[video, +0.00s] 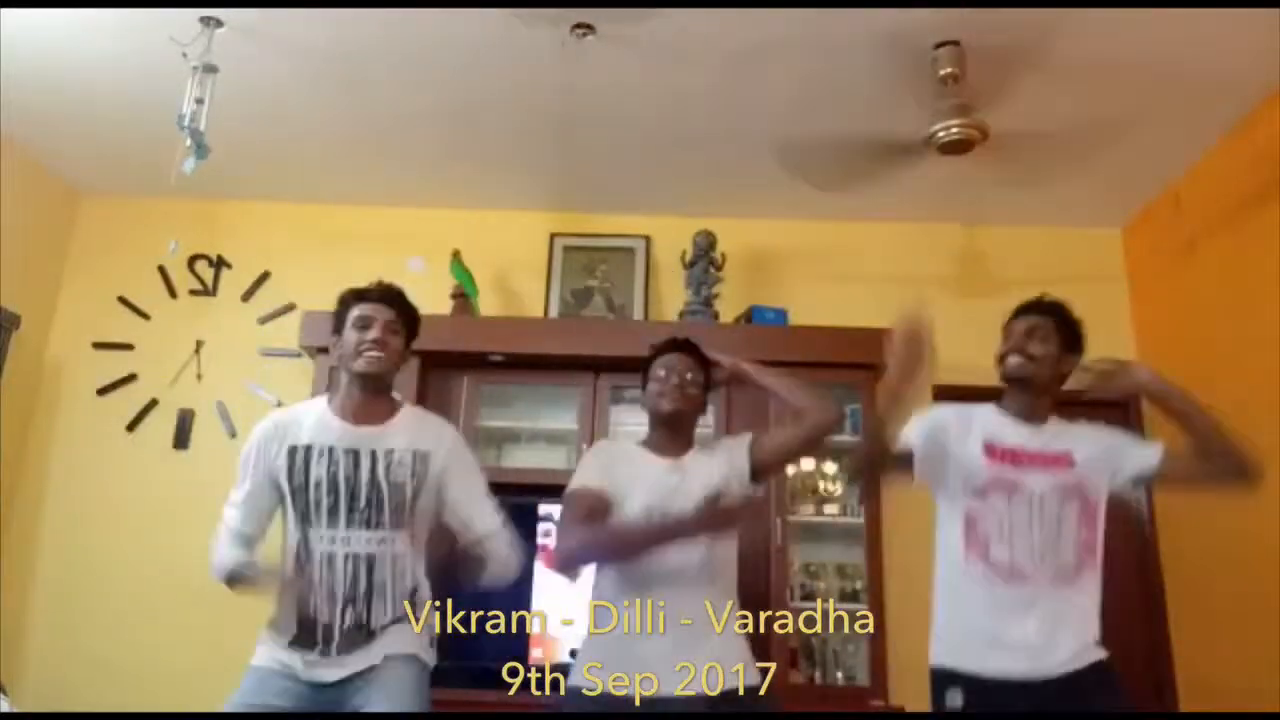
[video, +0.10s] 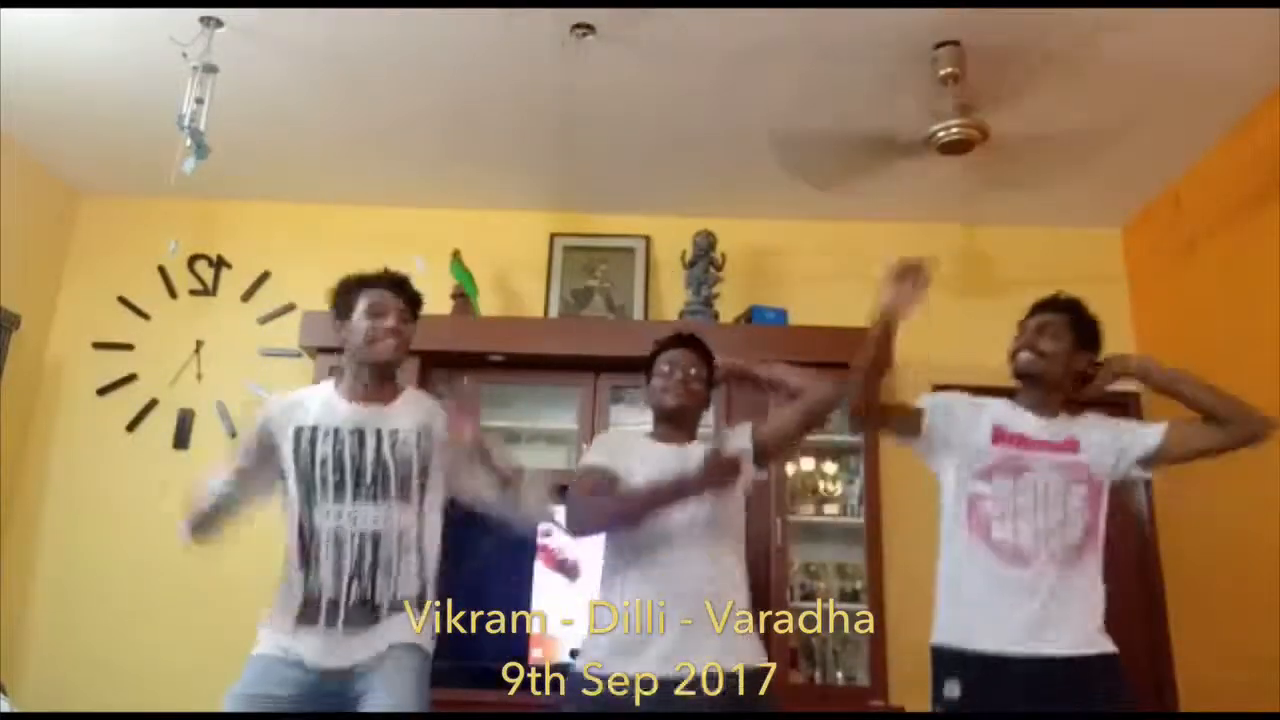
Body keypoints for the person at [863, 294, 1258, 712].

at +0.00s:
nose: (1019, 346)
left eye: (1038, 338)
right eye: (1011, 338)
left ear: (1068, 366)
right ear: (998, 356)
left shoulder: (1097, 447)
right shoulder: (952, 428)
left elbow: (1234, 469)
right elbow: (867, 468)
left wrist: (1151, 386)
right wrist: (890, 393)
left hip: (1075, 677)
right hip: (971, 679)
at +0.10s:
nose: (1026, 342)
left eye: (1047, 334)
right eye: (1022, 332)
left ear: (1081, 362)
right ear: (1011, 349)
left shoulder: (1105, 438)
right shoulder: (961, 419)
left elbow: (1248, 427)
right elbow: (866, 414)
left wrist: (1146, 373)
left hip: (1077, 665)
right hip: (973, 664)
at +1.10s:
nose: (1084, 376)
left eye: (1105, 369)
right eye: (1081, 368)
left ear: (1143, 397)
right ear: (1069, 384)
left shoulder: (1159, 485)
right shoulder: (1010, 439)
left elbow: (1275, 455)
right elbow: (893, 376)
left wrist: (1176, 389)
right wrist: (873, 281)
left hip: (1124, 698)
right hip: (1011, 685)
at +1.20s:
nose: (1081, 382)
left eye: (1102, 374)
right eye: (1079, 372)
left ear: (1141, 402)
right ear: (1069, 383)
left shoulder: (1159, 488)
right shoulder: (1007, 446)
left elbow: (1275, 464)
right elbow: (889, 388)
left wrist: (1181, 394)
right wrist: (877, 279)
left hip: (1122, 701)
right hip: (1009, 688)